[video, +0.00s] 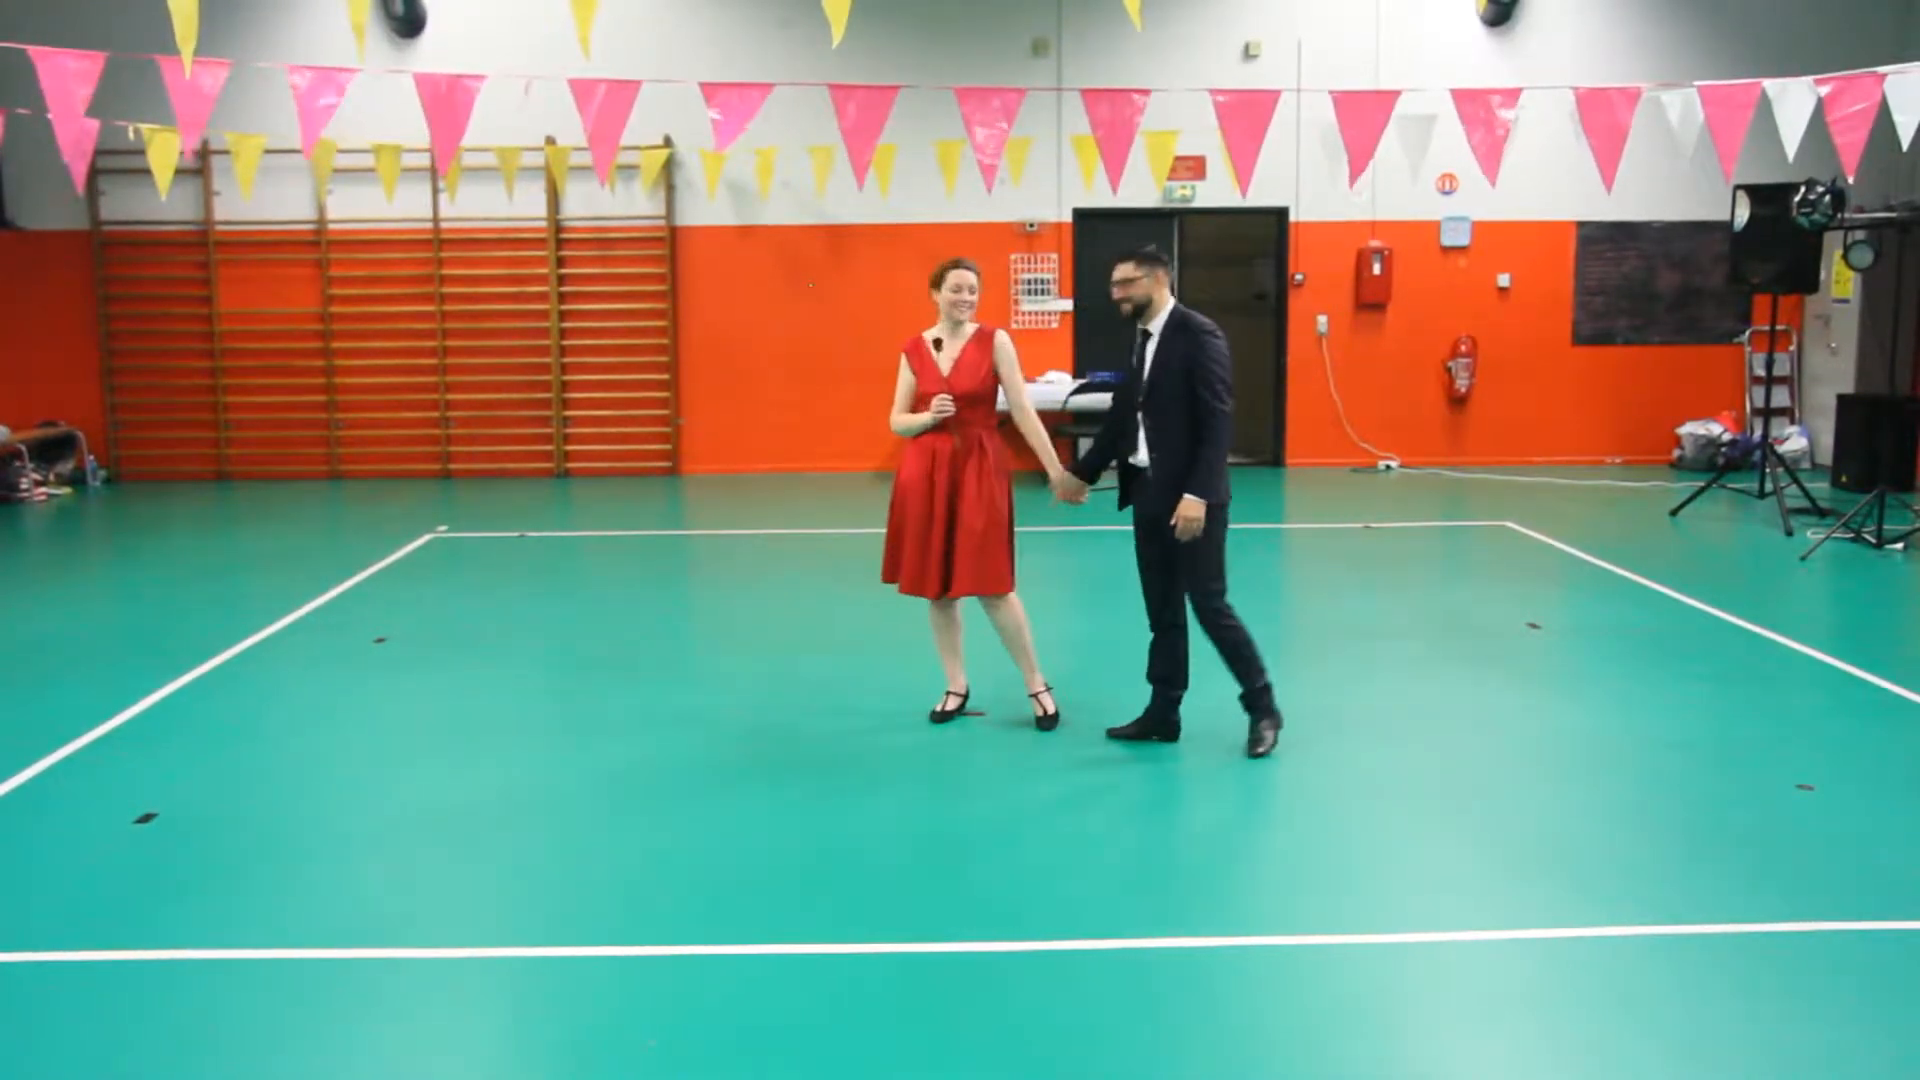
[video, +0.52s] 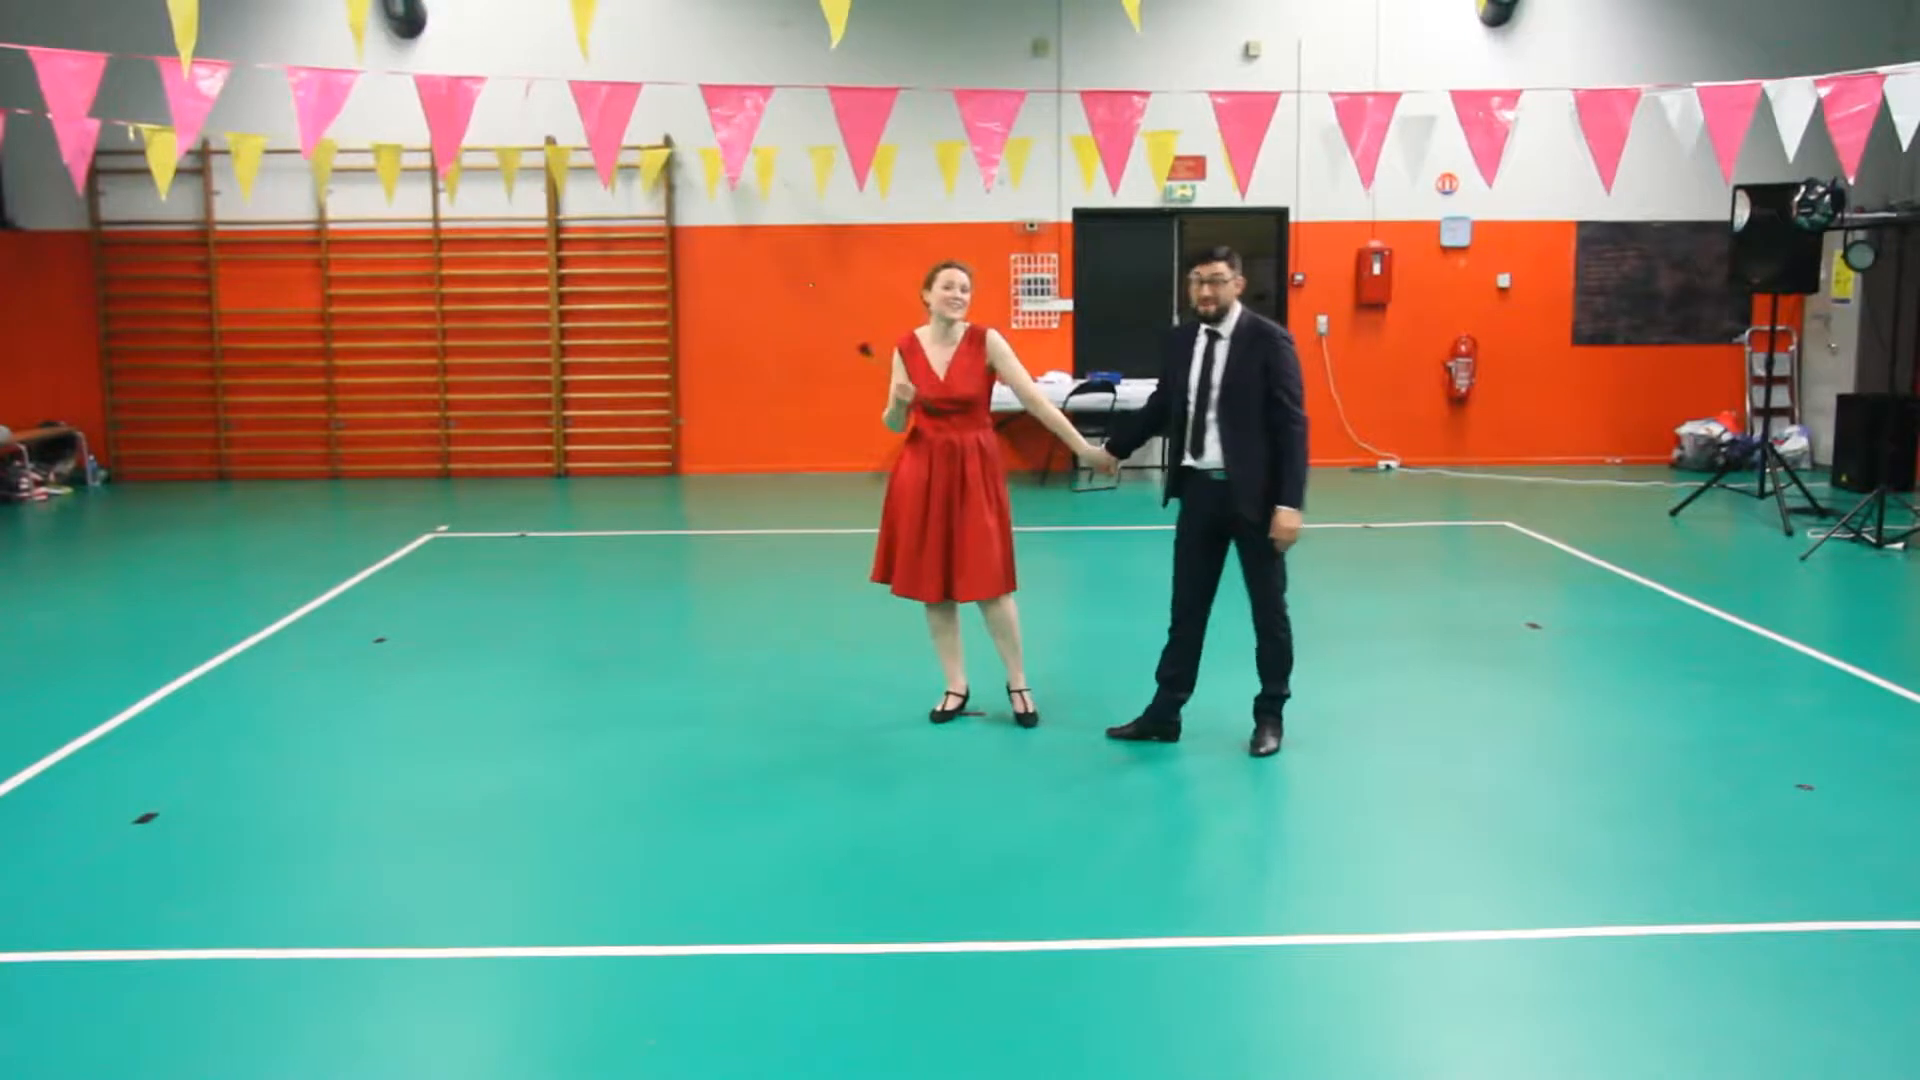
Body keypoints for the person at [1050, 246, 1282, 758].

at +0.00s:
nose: (1117, 293)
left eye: (1126, 283)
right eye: (1114, 285)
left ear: (1160, 280)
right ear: (1123, 290)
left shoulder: (1199, 334)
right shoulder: (1141, 340)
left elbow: (1217, 421)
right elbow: (1123, 415)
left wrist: (1199, 493)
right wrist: (1084, 472)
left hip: (1195, 491)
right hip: (1148, 490)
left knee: (1209, 604)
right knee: (1163, 610)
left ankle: (1263, 710)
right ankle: (1162, 713)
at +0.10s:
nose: (1136, 291)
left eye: (1147, 281)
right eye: (1131, 283)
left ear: (1175, 281)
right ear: (1127, 290)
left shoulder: (1210, 335)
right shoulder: (1147, 341)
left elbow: (1226, 421)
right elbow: (1128, 415)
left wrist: (1205, 492)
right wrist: (1088, 472)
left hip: (1203, 492)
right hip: (1154, 491)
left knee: (1222, 606)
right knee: (1166, 611)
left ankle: (1263, 713)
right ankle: (1162, 713)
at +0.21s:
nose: (1151, 290)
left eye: (1163, 280)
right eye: (1147, 282)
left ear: (1193, 282)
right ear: (1147, 288)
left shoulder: (1228, 337)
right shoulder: (1154, 339)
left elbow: (1247, 421)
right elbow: (1137, 411)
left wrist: (1226, 491)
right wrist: (1096, 466)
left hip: (1219, 492)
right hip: (1166, 490)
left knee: (1238, 607)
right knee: (1171, 610)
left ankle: (1265, 713)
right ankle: (1163, 713)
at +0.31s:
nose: (1172, 289)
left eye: (1183, 279)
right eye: (1165, 281)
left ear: (1209, 282)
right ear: (1159, 288)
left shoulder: (1241, 338)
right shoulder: (1159, 341)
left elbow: (1261, 420)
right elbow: (1145, 411)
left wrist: (1242, 493)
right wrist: (1103, 461)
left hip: (1230, 491)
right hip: (1175, 490)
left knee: (1247, 607)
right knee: (1175, 609)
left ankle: (1267, 713)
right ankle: (1164, 712)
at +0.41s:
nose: (1200, 289)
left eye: (1209, 279)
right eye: (1191, 281)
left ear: (1229, 283)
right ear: (1179, 288)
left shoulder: (1259, 339)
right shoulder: (1175, 341)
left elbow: (1279, 422)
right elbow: (1156, 409)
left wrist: (1269, 499)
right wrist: (1110, 453)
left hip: (1243, 491)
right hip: (1189, 489)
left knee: (1259, 609)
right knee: (1182, 608)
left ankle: (1268, 716)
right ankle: (1164, 713)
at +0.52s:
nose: (1207, 291)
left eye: (1217, 281)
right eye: (1198, 282)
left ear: (1240, 285)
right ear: (1188, 289)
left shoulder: (1270, 341)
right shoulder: (1181, 340)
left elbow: (1292, 424)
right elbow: (1163, 405)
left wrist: (1291, 501)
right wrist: (1114, 448)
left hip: (1253, 492)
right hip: (1199, 490)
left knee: (1268, 610)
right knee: (1187, 607)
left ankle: (1270, 716)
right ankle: (1164, 713)